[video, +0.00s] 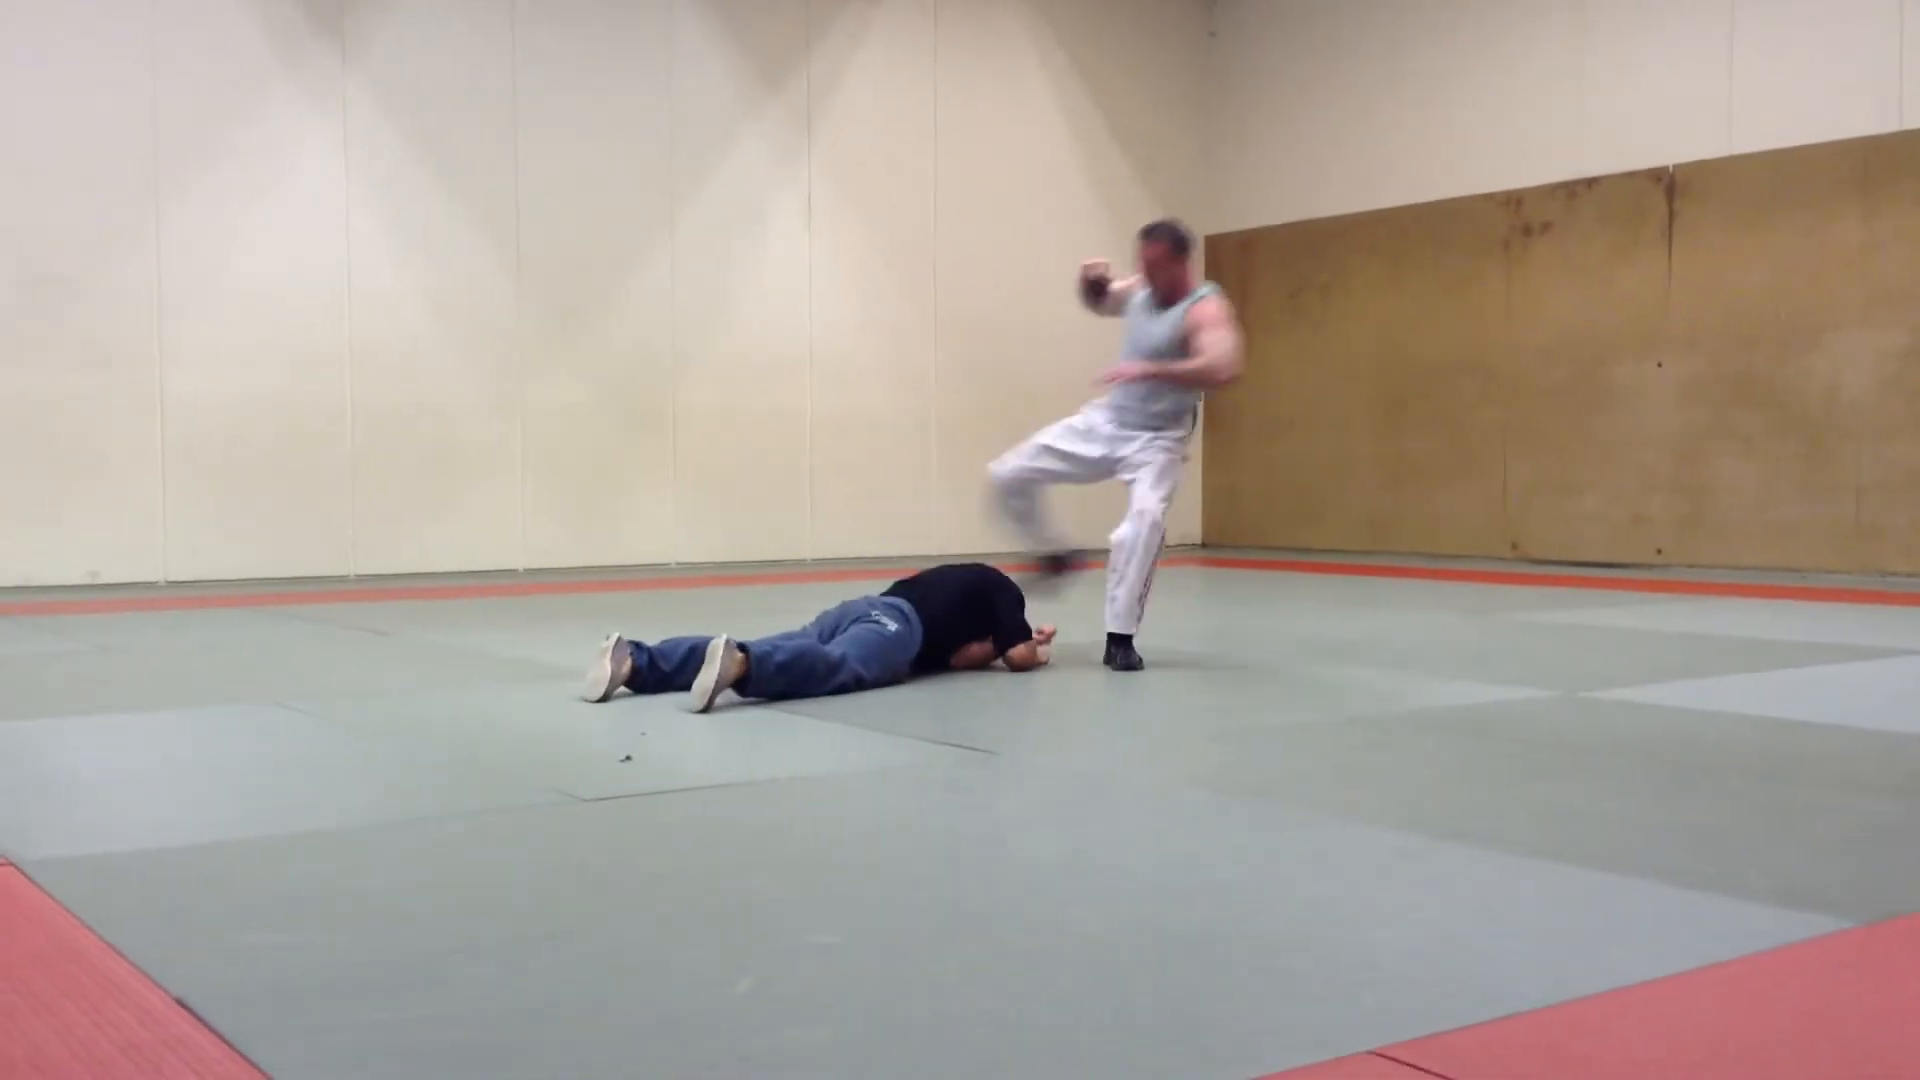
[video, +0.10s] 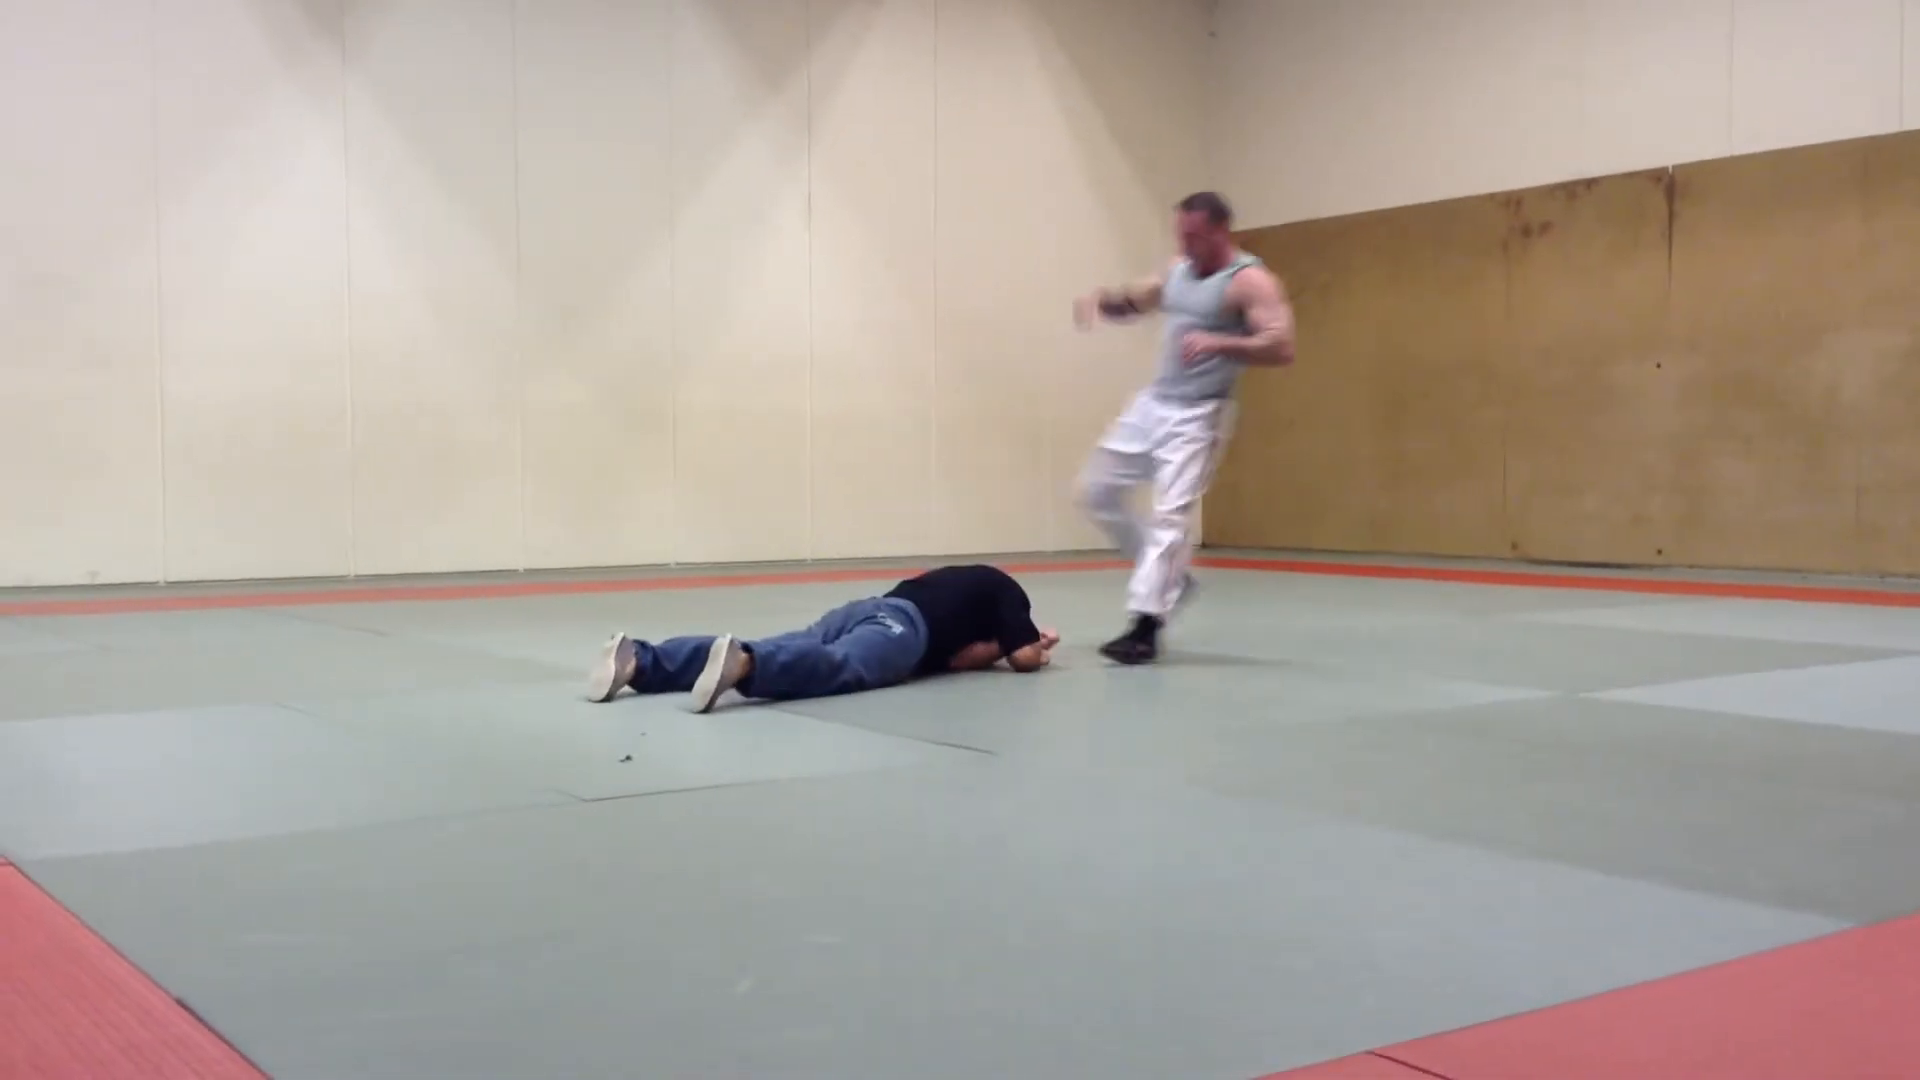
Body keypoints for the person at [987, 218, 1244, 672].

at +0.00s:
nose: (1148, 275)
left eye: (1156, 266)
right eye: (1146, 266)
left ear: (1183, 262)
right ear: (1144, 262)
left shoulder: (1207, 306)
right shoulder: (1143, 288)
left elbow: (1222, 364)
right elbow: (1103, 303)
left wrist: (1149, 370)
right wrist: (1093, 284)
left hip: (1158, 442)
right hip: (1105, 425)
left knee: (1144, 525)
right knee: (1008, 477)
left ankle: (1120, 637)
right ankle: (1054, 553)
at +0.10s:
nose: (1186, 246)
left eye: (1194, 237)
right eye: (1183, 237)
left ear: (1222, 232)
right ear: (1182, 235)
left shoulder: (1251, 280)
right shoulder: (1181, 271)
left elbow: (1281, 345)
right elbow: (1146, 297)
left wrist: (1219, 344)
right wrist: (1109, 300)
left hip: (1198, 416)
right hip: (1154, 406)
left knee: (1170, 516)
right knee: (1097, 490)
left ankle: (1146, 624)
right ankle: (1168, 574)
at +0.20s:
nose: (1223, 239)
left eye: (1231, 230)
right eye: (1219, 230)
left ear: (1259, 227)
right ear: (1220, 231)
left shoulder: (1285, 279)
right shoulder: (1221, 280)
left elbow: (1294, 343)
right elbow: (1200, 337)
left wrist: (1237, 313)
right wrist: (1165, 363)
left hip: (1250, 411)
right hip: (1209, 409)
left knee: (1206, 501)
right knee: (1175, 508)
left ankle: (1226, 605)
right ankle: (1205, 614)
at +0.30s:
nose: (1262, 236)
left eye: (1270, 225)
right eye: (1258, 227)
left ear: (1296, 223)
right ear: (1259, 229)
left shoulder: (1320, 264)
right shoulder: (1278, 275)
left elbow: (1307, 320)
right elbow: (1285, 340)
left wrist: (1249, 299)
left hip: (1302, 403)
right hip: (1261, 402)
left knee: (1266, 508)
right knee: (1225, 503)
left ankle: (1319, 575)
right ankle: (1206, 613)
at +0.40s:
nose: (1302, 246)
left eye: (1309, 236)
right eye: (1301, 236)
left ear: (1336, 230)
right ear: (1325, 233)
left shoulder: (1358, 270)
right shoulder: (1332, 273)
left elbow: (1345, 325)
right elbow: (1335, 334)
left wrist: (1279, 335)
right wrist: (1292, 340)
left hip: (1354, 408)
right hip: (1322, 406)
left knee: (1322, 516)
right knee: (1274, 495)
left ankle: (1365, 606)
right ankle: (1273, 601)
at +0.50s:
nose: (1358, 260)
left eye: (1364, 248)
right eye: (1354, 251)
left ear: (1390, 243)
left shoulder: (1403, 286)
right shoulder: (1414, 280)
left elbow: (1408, 348)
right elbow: (1396, 317)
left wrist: (1357, 378)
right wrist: (1366, 318)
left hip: (1396, 413)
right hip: (1413, 411)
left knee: (1340, 514)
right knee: (1372, 509)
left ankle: (1368, 616)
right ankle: (1421, 581)